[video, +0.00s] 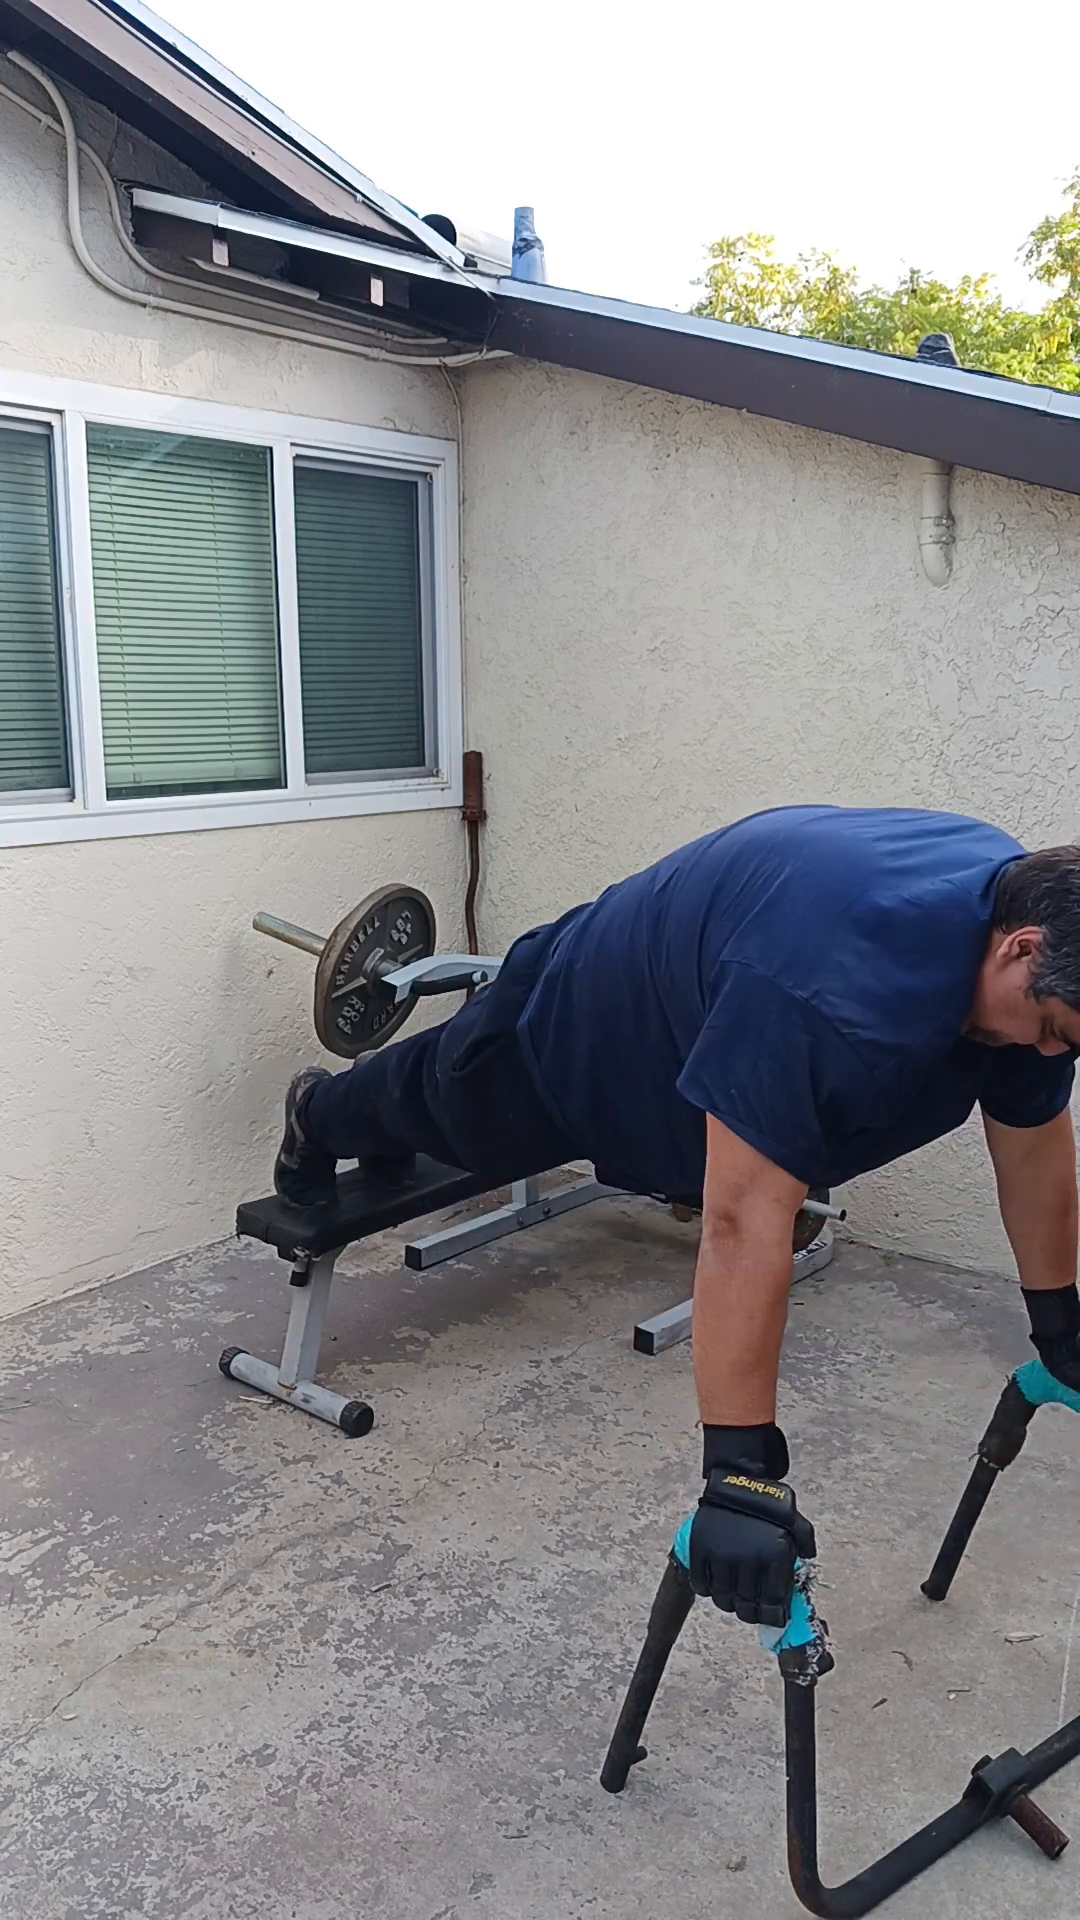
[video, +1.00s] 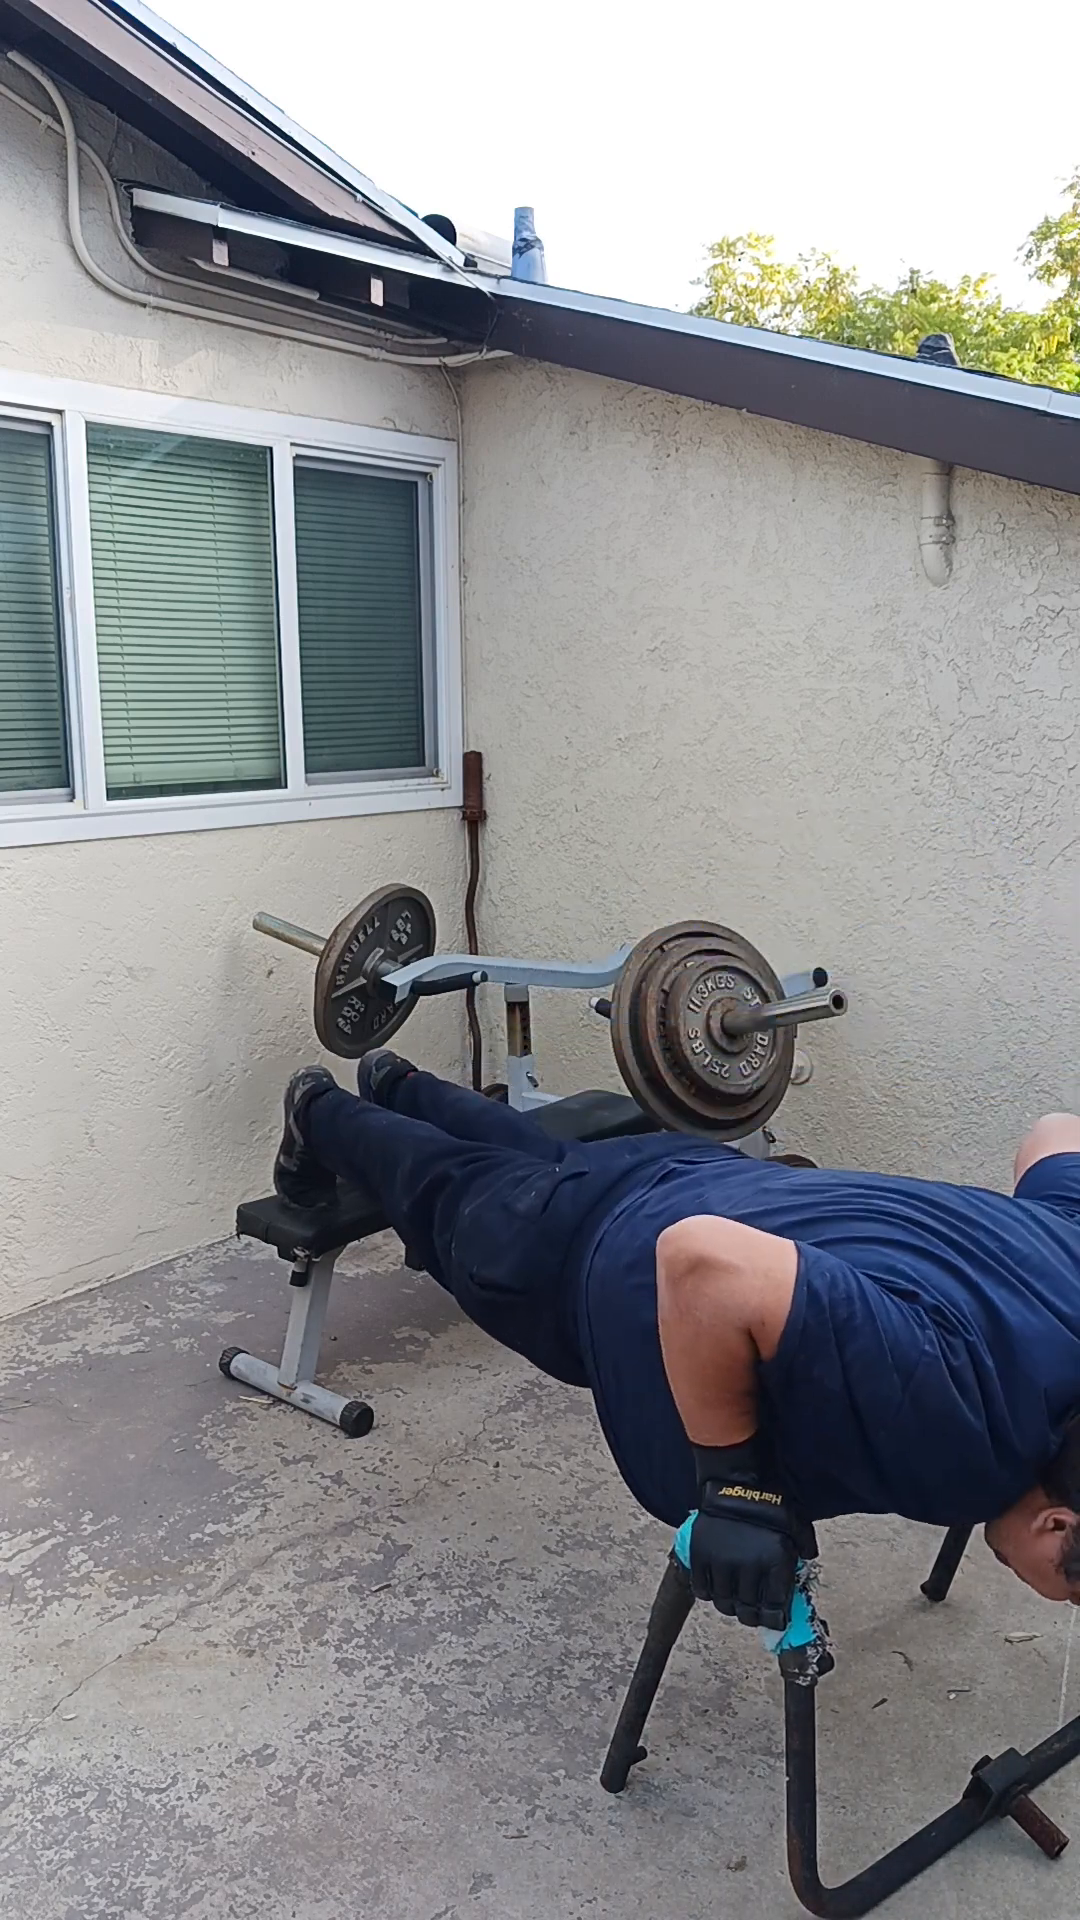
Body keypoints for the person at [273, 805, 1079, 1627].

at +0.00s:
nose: (1047, 1053)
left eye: (1064, 1041)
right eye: (1049, 1027)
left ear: (1031, 946)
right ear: (1013, 947)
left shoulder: (1019, 950)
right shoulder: (819, 982)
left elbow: (1039, 1152)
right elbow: (741, 1229)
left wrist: (1058, 1322)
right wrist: (740, 1475)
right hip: (599, 1001)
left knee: (515, 1097)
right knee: (440, 1080)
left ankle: (409, 1131)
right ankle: (315, 1115)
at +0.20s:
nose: (1060, 1074)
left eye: (1073, 1058)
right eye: (1059, 1046)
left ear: (1033, 965)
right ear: (1015, 971)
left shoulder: (1029, 963)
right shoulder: (817, 992)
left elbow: (1044, 1144)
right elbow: (718, 1224)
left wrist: (1059, 1323)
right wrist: (739, 1478)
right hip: (602, 1015)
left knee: (517, 1115)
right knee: (441, 1088)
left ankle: (415, 1142)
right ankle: (317, 1116)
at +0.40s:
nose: (1058, 1198)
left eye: (1073, 1185)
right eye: (1069, 1176)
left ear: (1055, 1118)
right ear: (1046, 1125)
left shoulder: (1051, 1024)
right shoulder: (840, 1096)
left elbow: (1051, 1172)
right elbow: (661, 1258)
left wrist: (1058, 1308)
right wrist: (732, 1479)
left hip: (711, 981)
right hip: (599, 1065)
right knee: (441, 1110)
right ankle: (320, 1107)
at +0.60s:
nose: (1050, 1385)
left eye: (1066, 1379)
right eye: (1066, 1370)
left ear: (1067, 1301)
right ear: (1057, 1308)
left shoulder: (1075, 1132)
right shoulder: (898, 1244)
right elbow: (643, 1277)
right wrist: (731, 1484)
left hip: (704, 1070)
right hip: (601, 1146)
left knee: (524, 1099)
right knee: (442, 1132)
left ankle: (389, 1088)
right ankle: (316, 1107)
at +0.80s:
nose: (1049, 1520)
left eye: (1062, 1515)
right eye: (1065, 1511)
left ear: (1065, 1451)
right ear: (1061, 1456)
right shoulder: (919, 1349)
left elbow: (1061, 1131)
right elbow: (667, 1272)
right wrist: (731, 1486)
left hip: (713, 1132)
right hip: (603, 1208)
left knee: (536, 1128)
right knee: (447, 1177)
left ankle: (392, 1082)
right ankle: (320, 1108)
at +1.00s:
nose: (1029, 1586)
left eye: (1045, 1588)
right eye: (1046, 1582)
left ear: (1063, 1517)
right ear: (1057, 1525)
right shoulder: (944, 1400)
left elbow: (1058, 1133)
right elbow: (701, 1272)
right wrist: (734, 1488)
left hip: (713, 1165)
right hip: (633, 1236)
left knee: (538, 1156)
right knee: (457, 1197)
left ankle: (393, 1084)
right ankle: (325, 1112)